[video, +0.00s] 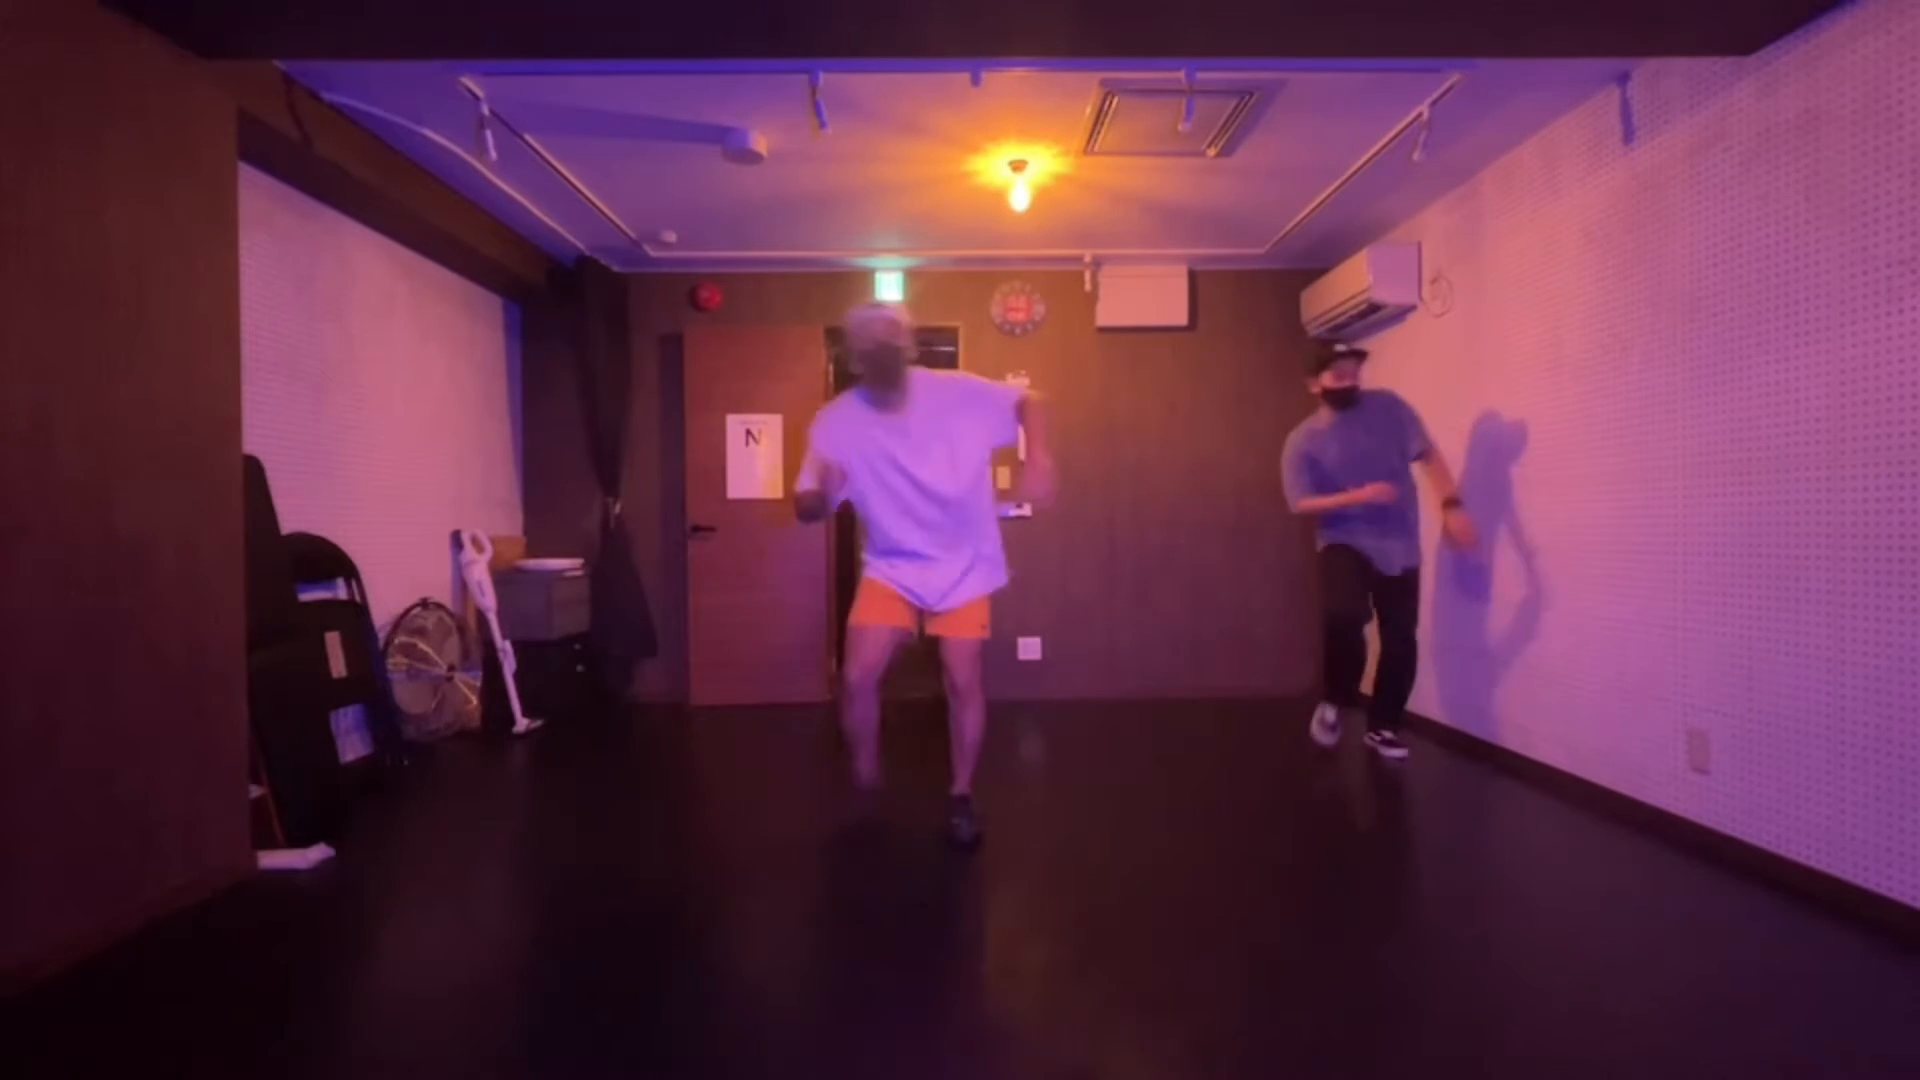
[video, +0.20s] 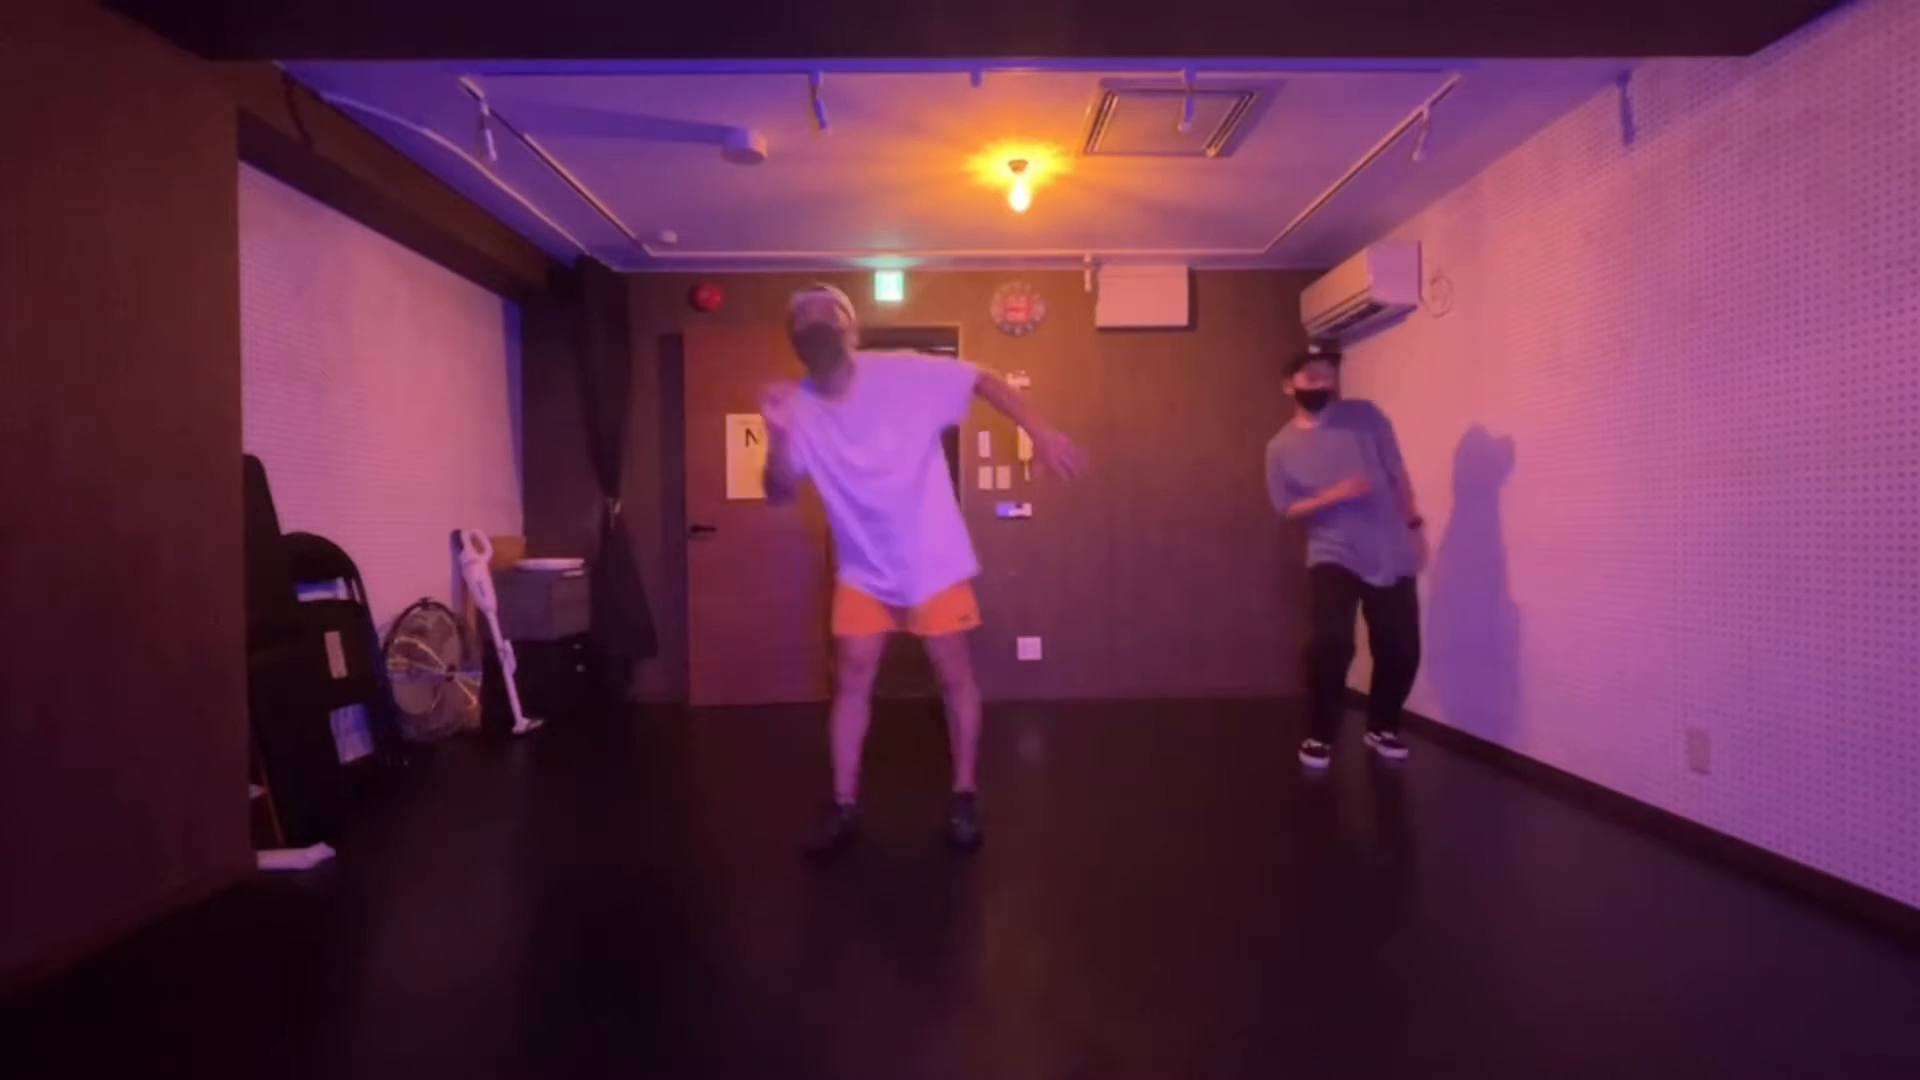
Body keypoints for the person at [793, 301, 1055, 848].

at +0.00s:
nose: (882, 363)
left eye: (890, 351)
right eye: (870, 354)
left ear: (909, 348)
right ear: (852, 360)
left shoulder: (955, 392)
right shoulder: (837, 421)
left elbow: (1029, 404)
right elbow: (807, 507)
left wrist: (1038, 465)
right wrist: (823, 492)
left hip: (962, 565)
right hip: (889, 567)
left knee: (963, 682)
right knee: (857, 676)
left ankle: (961, 797)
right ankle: (867, 794)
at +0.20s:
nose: (819, 330)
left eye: (830, 319)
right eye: (806, 325)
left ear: (853, 329)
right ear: (794, 343)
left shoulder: (902, 372)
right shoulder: (799, 407)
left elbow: (983, 381)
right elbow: (779, 491)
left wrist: (1040, 432)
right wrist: (779, 434)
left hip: (932, 556)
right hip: (862, 563)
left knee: (953, 673)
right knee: (853, 676)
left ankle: (964, 796)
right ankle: (845, 805)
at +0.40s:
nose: (813, 319)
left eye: (826, 310)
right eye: (801, 311)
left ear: (848, 324)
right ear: (787, 325)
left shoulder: (885, 364)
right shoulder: (768, 388)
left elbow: (961, 363)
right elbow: (706, 434)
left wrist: (985, 431)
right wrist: (710, 422)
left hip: (894, 549)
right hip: (823, 558)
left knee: (914, 666)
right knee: (824, 675)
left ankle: (945, 769)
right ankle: (840, 805)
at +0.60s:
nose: (814, 345)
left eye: (828, 335)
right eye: (804, 335)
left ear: (852, 347)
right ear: (791, 343)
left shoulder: (883, 396)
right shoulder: (762, 394)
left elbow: (959, 411)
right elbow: (690, 435)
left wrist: (918, 432)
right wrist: (678, 498)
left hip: (867, 563)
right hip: (792, 569)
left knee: (883, 677)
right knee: (799, 689)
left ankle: (866, 733)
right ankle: (840, 806)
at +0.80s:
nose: (817, 339)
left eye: (830, 332)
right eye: (807, 330)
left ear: (850, 348)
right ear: (792, 341)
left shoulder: (863, 412)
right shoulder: (756, 398)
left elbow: (893, 490)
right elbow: (708, 470)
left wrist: (870, 461)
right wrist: (666, 530)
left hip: (844, 577)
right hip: (773, 576)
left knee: (839, 694)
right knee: (797, 690)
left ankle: (788, 759)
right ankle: (839, 804)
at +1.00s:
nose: (800, 328)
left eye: (811, 320)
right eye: (790, 319)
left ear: (829, 330)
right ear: (774, 326)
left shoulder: (843, 393)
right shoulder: (737, 384)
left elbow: (886, 458)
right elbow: (673, 446)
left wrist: (847, 414)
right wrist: (617, 499)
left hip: (818, 555)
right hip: (756, 554)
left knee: (814, 673)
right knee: (780, 665)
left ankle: (769, 769)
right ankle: (795, 796)